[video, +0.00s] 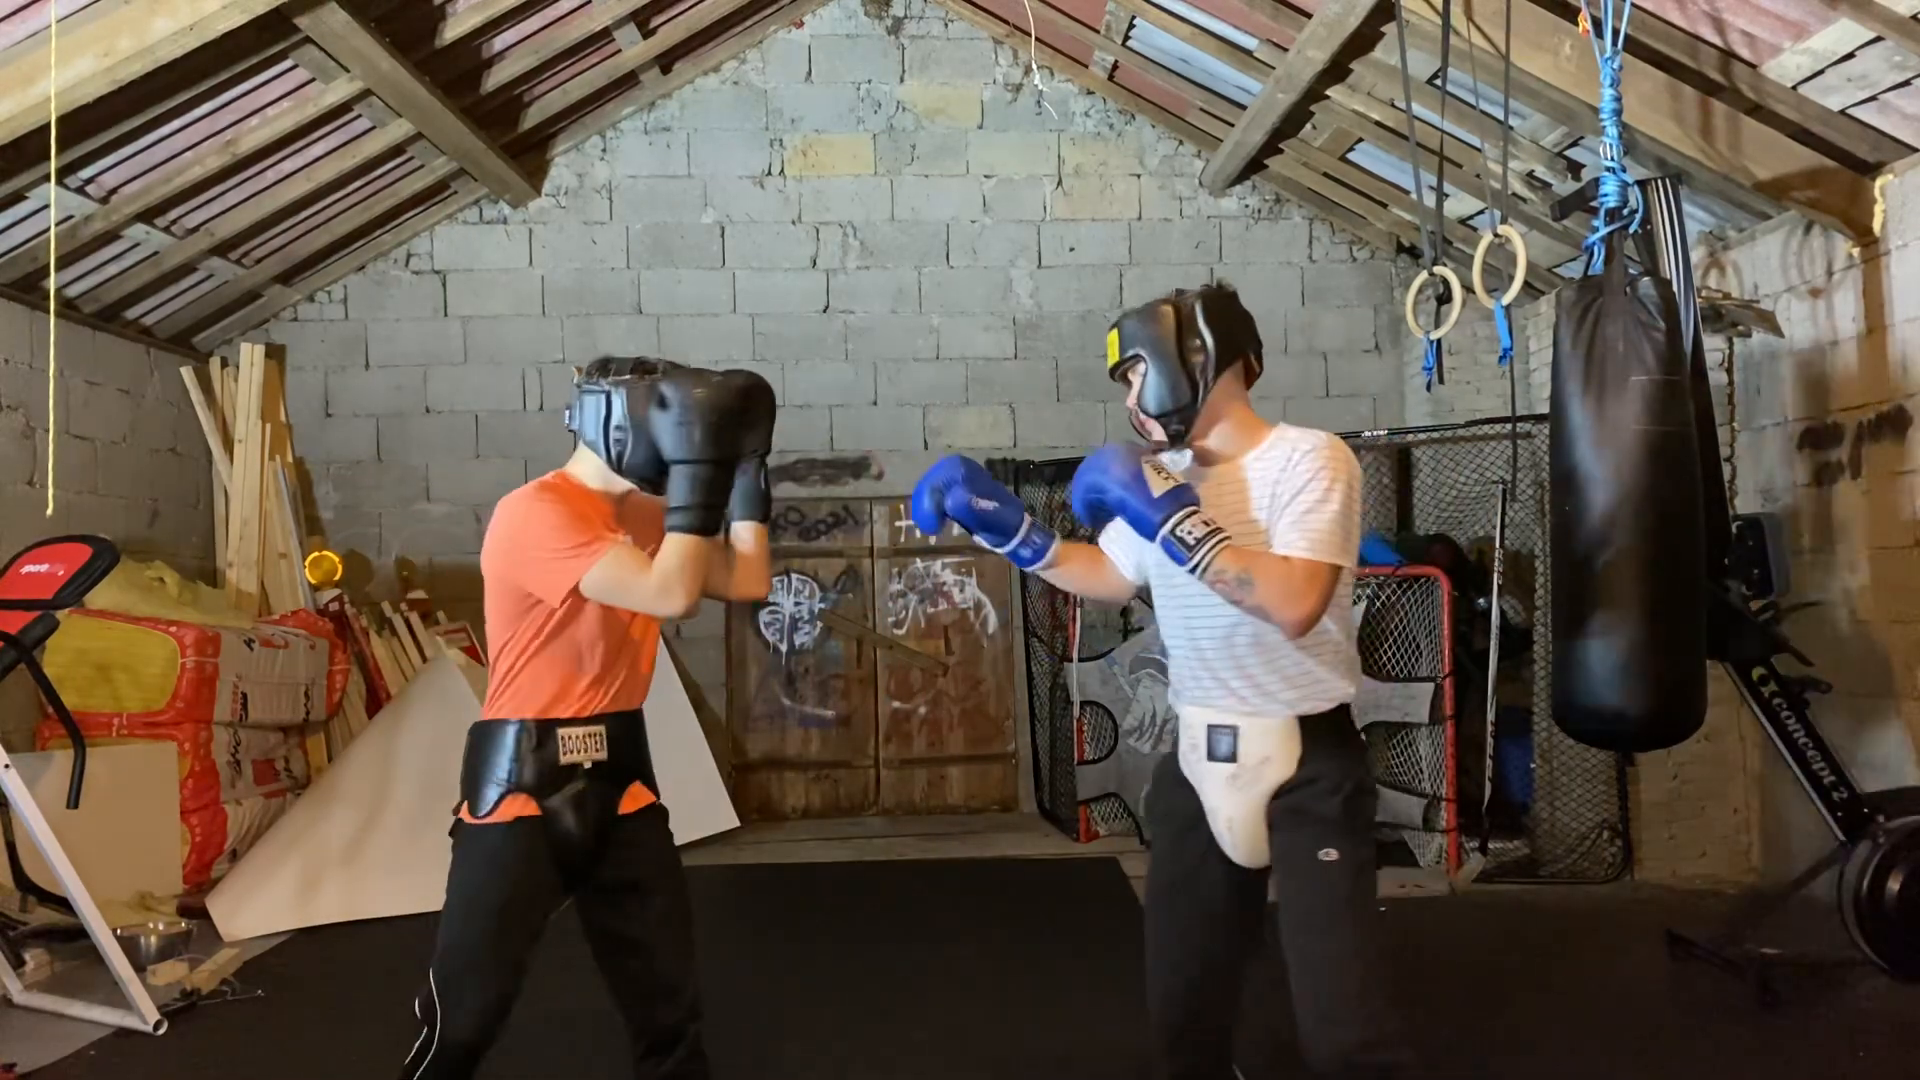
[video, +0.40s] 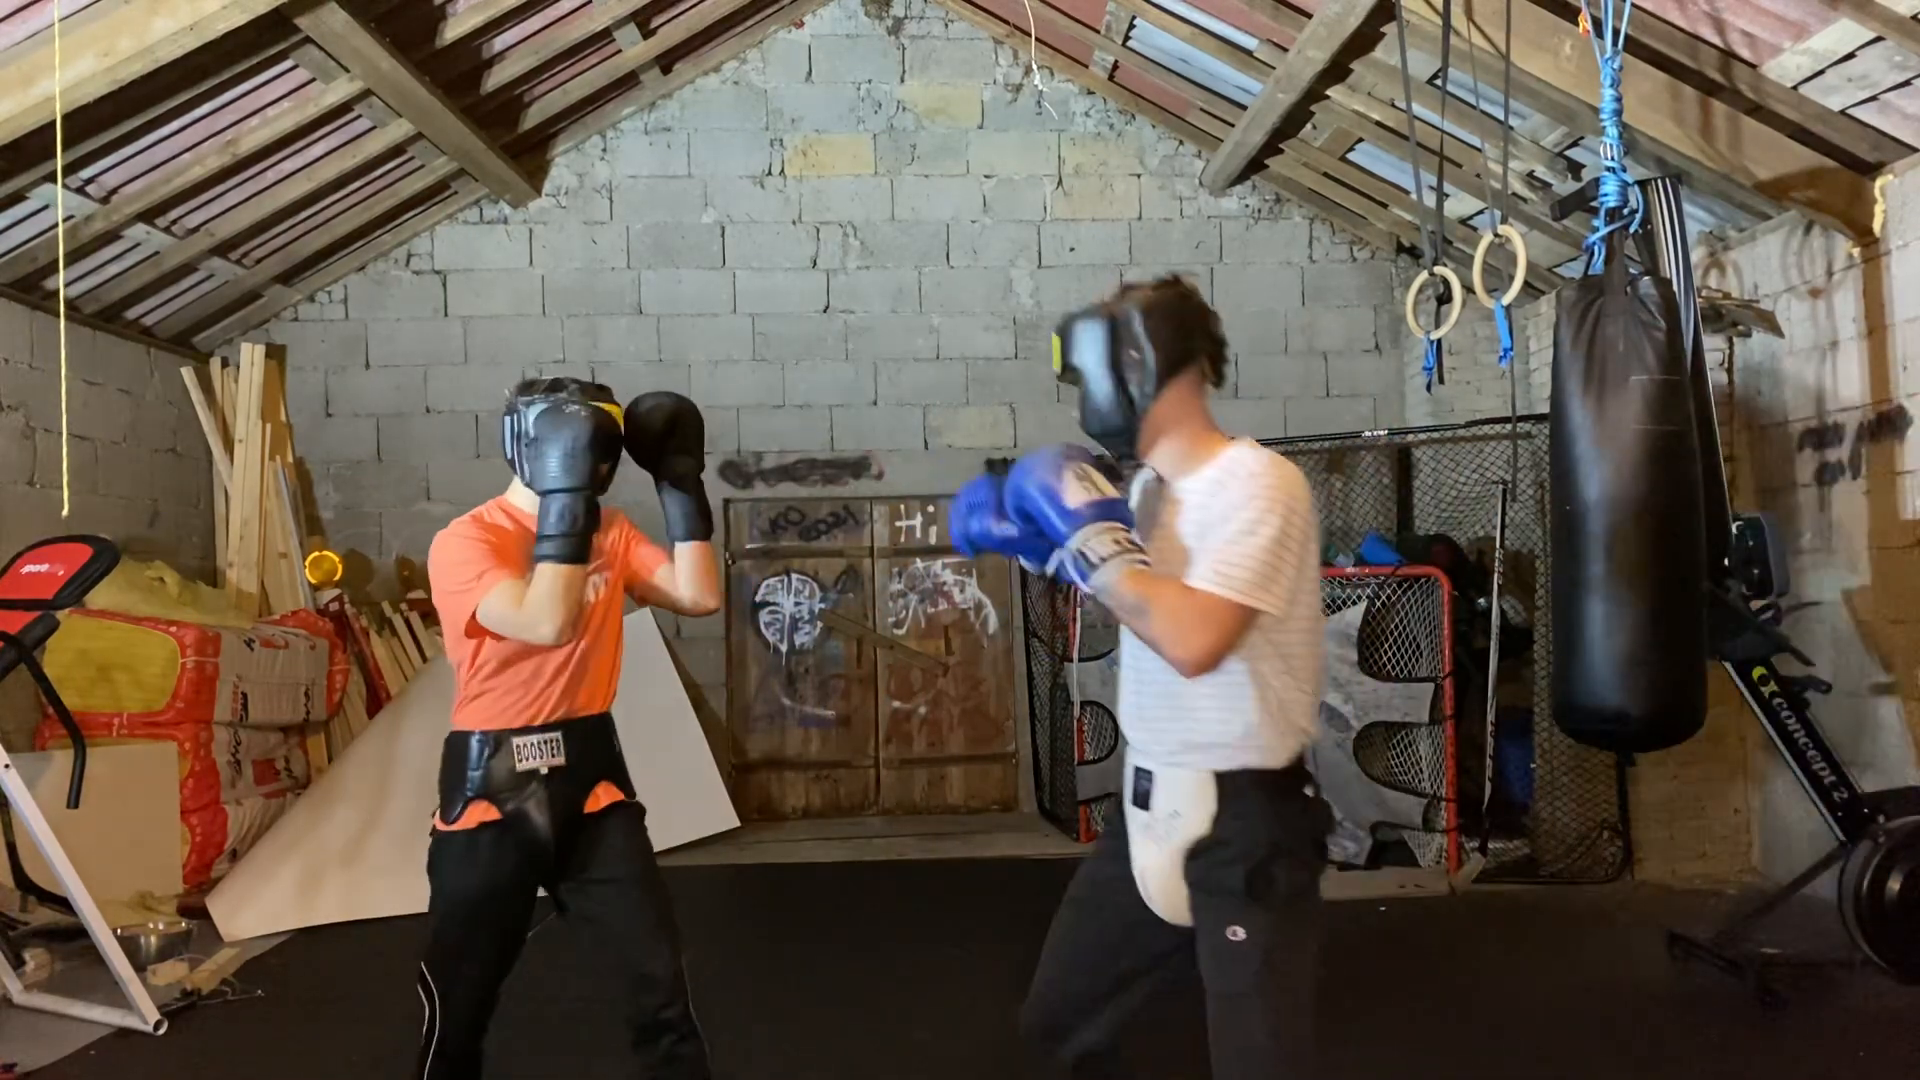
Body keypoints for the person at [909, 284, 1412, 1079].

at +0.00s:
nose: (1129, 398)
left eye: (1140, 371)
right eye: (1127, 376)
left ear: (1210, 368)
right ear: (1211, 369)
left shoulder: (1312, 460)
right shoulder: (1157, 482)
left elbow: (1297, 601)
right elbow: (1111, 574)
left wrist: (1173, 516)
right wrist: (1018, 533)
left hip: (1310, 765)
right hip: (1195, 770)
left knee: (1341, 1029)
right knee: (1184, 1022)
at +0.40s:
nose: (1086, 396)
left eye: (1093, 371)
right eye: (1084, 374)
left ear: (1134, 370)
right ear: (1179, 366)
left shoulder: (1263, 486)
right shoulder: (1146, 494)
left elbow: (1194, 638)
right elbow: (1147, 603)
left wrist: (1097, 542)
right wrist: (1054, 552)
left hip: (1248, 821)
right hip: (1152, 812)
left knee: (1260, 1062)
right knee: (1056, 1028)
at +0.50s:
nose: (1048, 371)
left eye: (1055, 347)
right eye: (1047, 350)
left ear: (1089, 348)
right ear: (1146, 347)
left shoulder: (1204, 463)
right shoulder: (1124, 485)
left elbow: (1127, 618)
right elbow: (1102, 602)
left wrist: (1040, 513)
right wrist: (1026, 504)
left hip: (1213, 801)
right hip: (1127, 799)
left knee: (1252, 1054)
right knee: (1077, 1040)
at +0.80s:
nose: (969, 414)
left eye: (972, 393)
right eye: (968, 398)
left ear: (996, 391)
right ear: (1070, 386)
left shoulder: (1098, 505)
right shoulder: (1061, 504)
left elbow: (973, 643)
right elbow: (1047, 577)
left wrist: (916, 527)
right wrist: (969, 488)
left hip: (1101, 846)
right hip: (1030, 834)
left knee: (1055, 1064)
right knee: (950, 1053)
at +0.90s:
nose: (956, 361)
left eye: (961, 337)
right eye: (954, 341)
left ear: (992, 337)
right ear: (1062, 338)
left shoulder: (1076, 453)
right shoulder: (1062, 454)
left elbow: (962, 606)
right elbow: (1051, 603)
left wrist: (910, 495)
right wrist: (986, 499)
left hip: (1081, 817)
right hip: (1038, 811)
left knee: (1050, 1062)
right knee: (988, 1052)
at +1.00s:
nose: (953, 368)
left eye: (958, 345)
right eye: (952, 349)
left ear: (985, 343)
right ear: (1060, 348)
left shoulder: (1043, 461)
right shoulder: (1099, 456)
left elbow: (947, 620)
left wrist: (906, 513)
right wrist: (956, 505)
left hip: (1070, 829)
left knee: (1046, 1060)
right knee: (982, 1050)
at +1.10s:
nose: (946, 383)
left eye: (953, 361)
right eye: (949, 363)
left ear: (974, 361)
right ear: (1064, 381)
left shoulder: (1026, 489)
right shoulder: (1107, 497)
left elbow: (931, 655)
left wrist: (897, 532)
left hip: (1055, 874)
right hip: (1121, 857)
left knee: (1023, 1063)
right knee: (982, 1056)